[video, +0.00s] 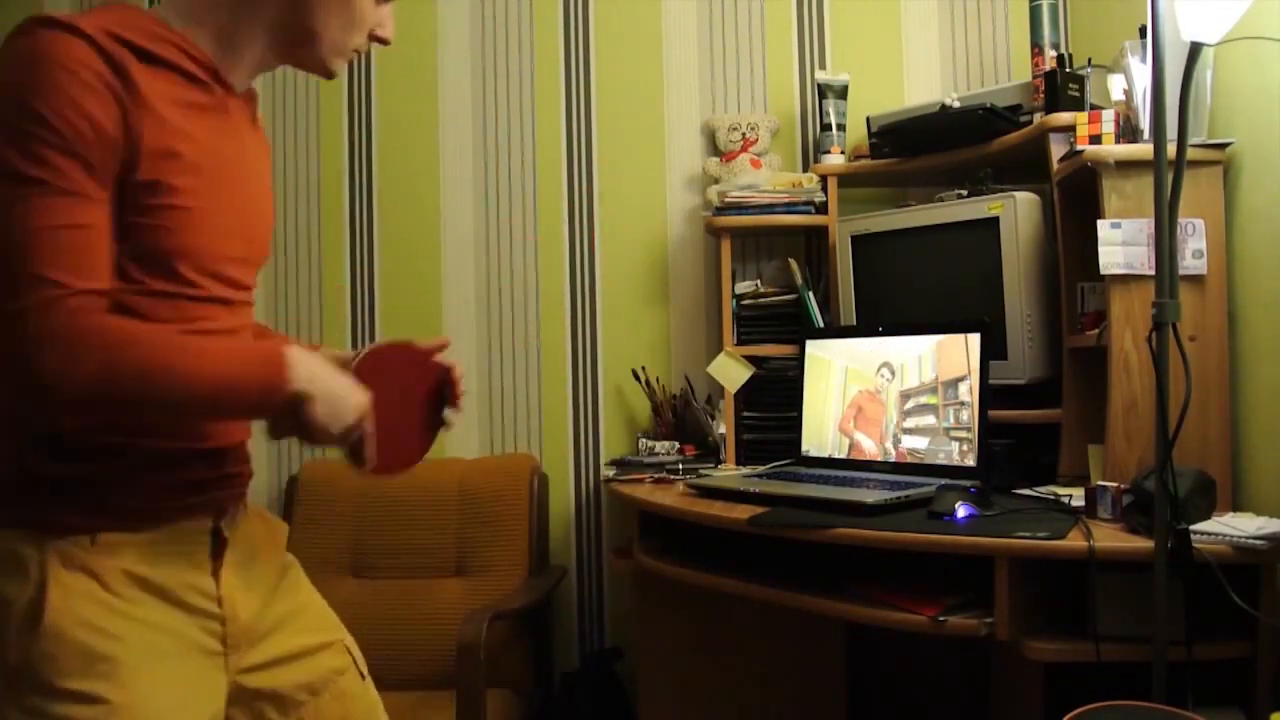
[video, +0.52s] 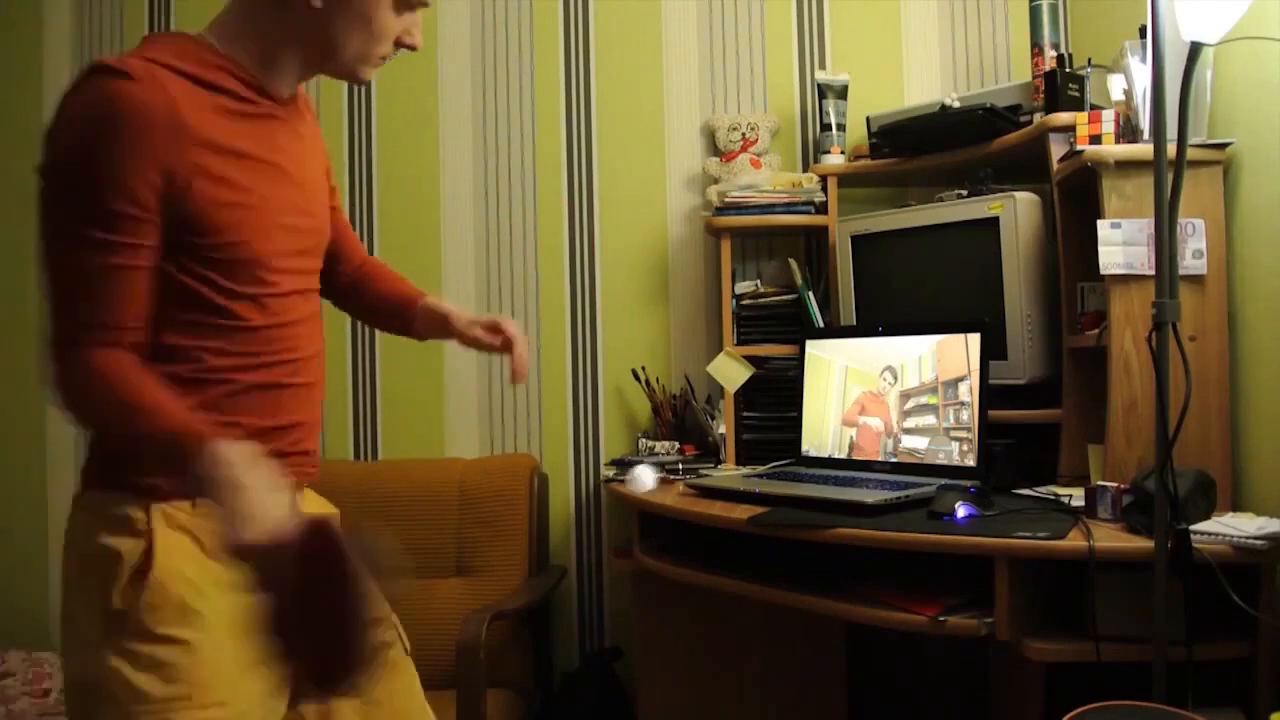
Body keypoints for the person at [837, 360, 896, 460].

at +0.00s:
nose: (883, 382)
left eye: (887, 380)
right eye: (881, 376)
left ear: (890, 383)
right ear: (876, 375)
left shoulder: (882, 404)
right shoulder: (860, 397)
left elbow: (881, 432)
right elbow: (843, 425)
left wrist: (887, 444)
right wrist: (863, 440)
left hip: (875, 457)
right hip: (857, 456)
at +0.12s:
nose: (882, 382)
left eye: (886, 380)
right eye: (880, 376)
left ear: (889, 383)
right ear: (874, 374)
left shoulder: (882, 404)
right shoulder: (858, 396)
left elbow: (881, 436)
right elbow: (842, 423)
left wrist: (888, 448)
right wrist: (861, 431)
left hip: (875, 456)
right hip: (856, 454)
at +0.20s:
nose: (881, 382)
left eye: (886, 380)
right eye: (880, 376)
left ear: (888, 383)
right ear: (874, 374)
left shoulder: (883, 404)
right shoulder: (858, 396)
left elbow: (882, 429)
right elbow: (842, 420)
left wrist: (884, 437)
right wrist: (860, 427)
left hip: (874, 454)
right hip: (857, 453)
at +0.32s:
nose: (882, 382)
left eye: (886, 380)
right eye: (881, 376)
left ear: (889, 383)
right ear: (875, 374)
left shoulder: (884, 403)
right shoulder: (859, 395)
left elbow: (885, 433)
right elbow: (842, 418)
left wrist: (891, 429)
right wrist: (859, 420)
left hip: (874, 453)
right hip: (857, 452)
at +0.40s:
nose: (883, 383)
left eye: (887, 381)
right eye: (882, 377)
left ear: (890, 384)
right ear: (876, 375)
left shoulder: (885, 403)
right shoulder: (861, 395)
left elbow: (887, 433)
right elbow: (843, 418)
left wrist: (890, 425)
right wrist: (860, 419)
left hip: (874, 452)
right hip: (857, 451)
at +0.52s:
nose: (885, 386)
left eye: (889, 384)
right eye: (884, 380)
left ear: (892, 387)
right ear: (879, 377)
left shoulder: (885, 404)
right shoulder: (864, 397)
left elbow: (889, 433)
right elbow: (846, 419)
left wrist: (892, 427)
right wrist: (867, 420)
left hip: (875, 454)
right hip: (860, 452)